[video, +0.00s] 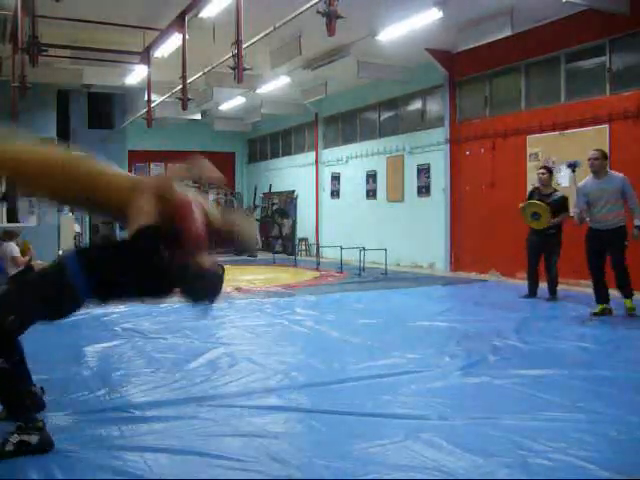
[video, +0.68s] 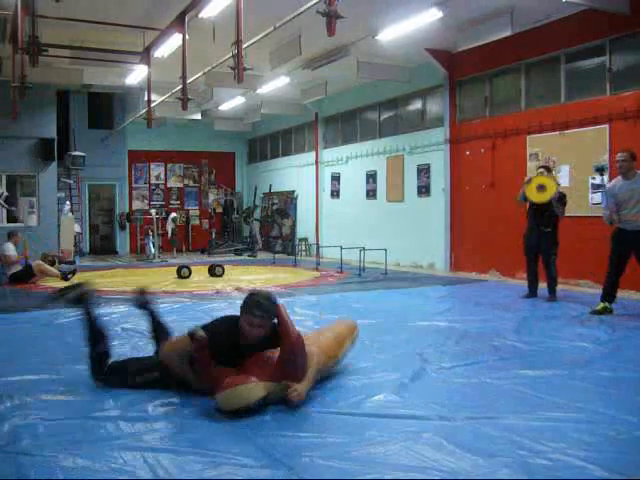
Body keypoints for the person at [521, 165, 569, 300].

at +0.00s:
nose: (541, 177)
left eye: (544, 174)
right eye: (539, 174)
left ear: (550, 177)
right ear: (537, 176)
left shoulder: (559, 197)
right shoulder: (533, 193)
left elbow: (565, 214)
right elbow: (529, 210)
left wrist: (555, 221)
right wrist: (524, 208)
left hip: (552, 232)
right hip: (535, 231)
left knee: (551, 264)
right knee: (532, 263)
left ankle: (553, 292)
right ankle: (532, 291)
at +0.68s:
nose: (542, 178)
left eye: (545, 175)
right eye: (539, 175)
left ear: (551, 177)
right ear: (536, 176)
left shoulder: (558, 194)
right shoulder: (533, 192)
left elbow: (560, 212)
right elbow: (521, 200)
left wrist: (554, 198)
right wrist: (525, 186)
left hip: (549, 233)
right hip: (532, 232)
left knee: (550, 264)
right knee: (531, 264)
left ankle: (552, 292)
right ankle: (532, 290)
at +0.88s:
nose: (543, 175)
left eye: (547, 172)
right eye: (541, 172)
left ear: (551, 176)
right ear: (537, 175)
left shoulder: (554, 191)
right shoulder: (532, 190)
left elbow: (562, 203)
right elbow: (519, 184)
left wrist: (558, 185)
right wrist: (529, 171)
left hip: (548, 229)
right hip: (533, 227)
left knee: (549, 262)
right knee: (531, 261)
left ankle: (552, 291)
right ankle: (532, 290)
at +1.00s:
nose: (535, 178)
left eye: (538, 175)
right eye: (534, 176)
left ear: (544, 178)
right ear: (533, 179)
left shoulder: (553, 192)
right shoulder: (531, 191)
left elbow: (565, 193)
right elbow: (519, 180)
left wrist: (560, 176)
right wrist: (530, 167)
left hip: (548, 229)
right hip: (533, 229)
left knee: (550, 263)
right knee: (532, 262)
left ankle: (552, 292)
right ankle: (533, 290)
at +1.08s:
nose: (532, 178)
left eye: (535, 175)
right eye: (531, 175)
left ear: (543, 177)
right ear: (530, 179)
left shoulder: (554, 192)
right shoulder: (530, 191)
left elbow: (566, 184)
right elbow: (520, 177)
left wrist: (564, 169)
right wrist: (532, 162)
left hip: (550, 228)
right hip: (534, 228)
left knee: (550, 261)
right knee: (532, 261)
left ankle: (553, 292)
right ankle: (533, 290)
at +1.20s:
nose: (532, 177)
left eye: (535, 174)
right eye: (531, 175)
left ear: (543, 177)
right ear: (530, 178)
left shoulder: (553, 190)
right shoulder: (530, 191)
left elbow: (565, 177)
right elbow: (520, 174)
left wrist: (564, 161)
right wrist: (530, 162)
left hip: (550, 228)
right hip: (534, 228)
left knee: (550, 261)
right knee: (532, 261)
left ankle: (553, 292)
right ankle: (533, 290)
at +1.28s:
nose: (532, 177)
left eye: (535, 174)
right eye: (531, 174)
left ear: (543, 175)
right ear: (529, 177)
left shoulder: (553, 188)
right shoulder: (531, 189)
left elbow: (561, 171)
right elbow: (520, 173)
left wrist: (562, 155)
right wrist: (529, 160)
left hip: (550, 227)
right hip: (535, 227)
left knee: (550, 260)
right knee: (533, 260)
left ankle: (552, 291)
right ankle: (533, 289)